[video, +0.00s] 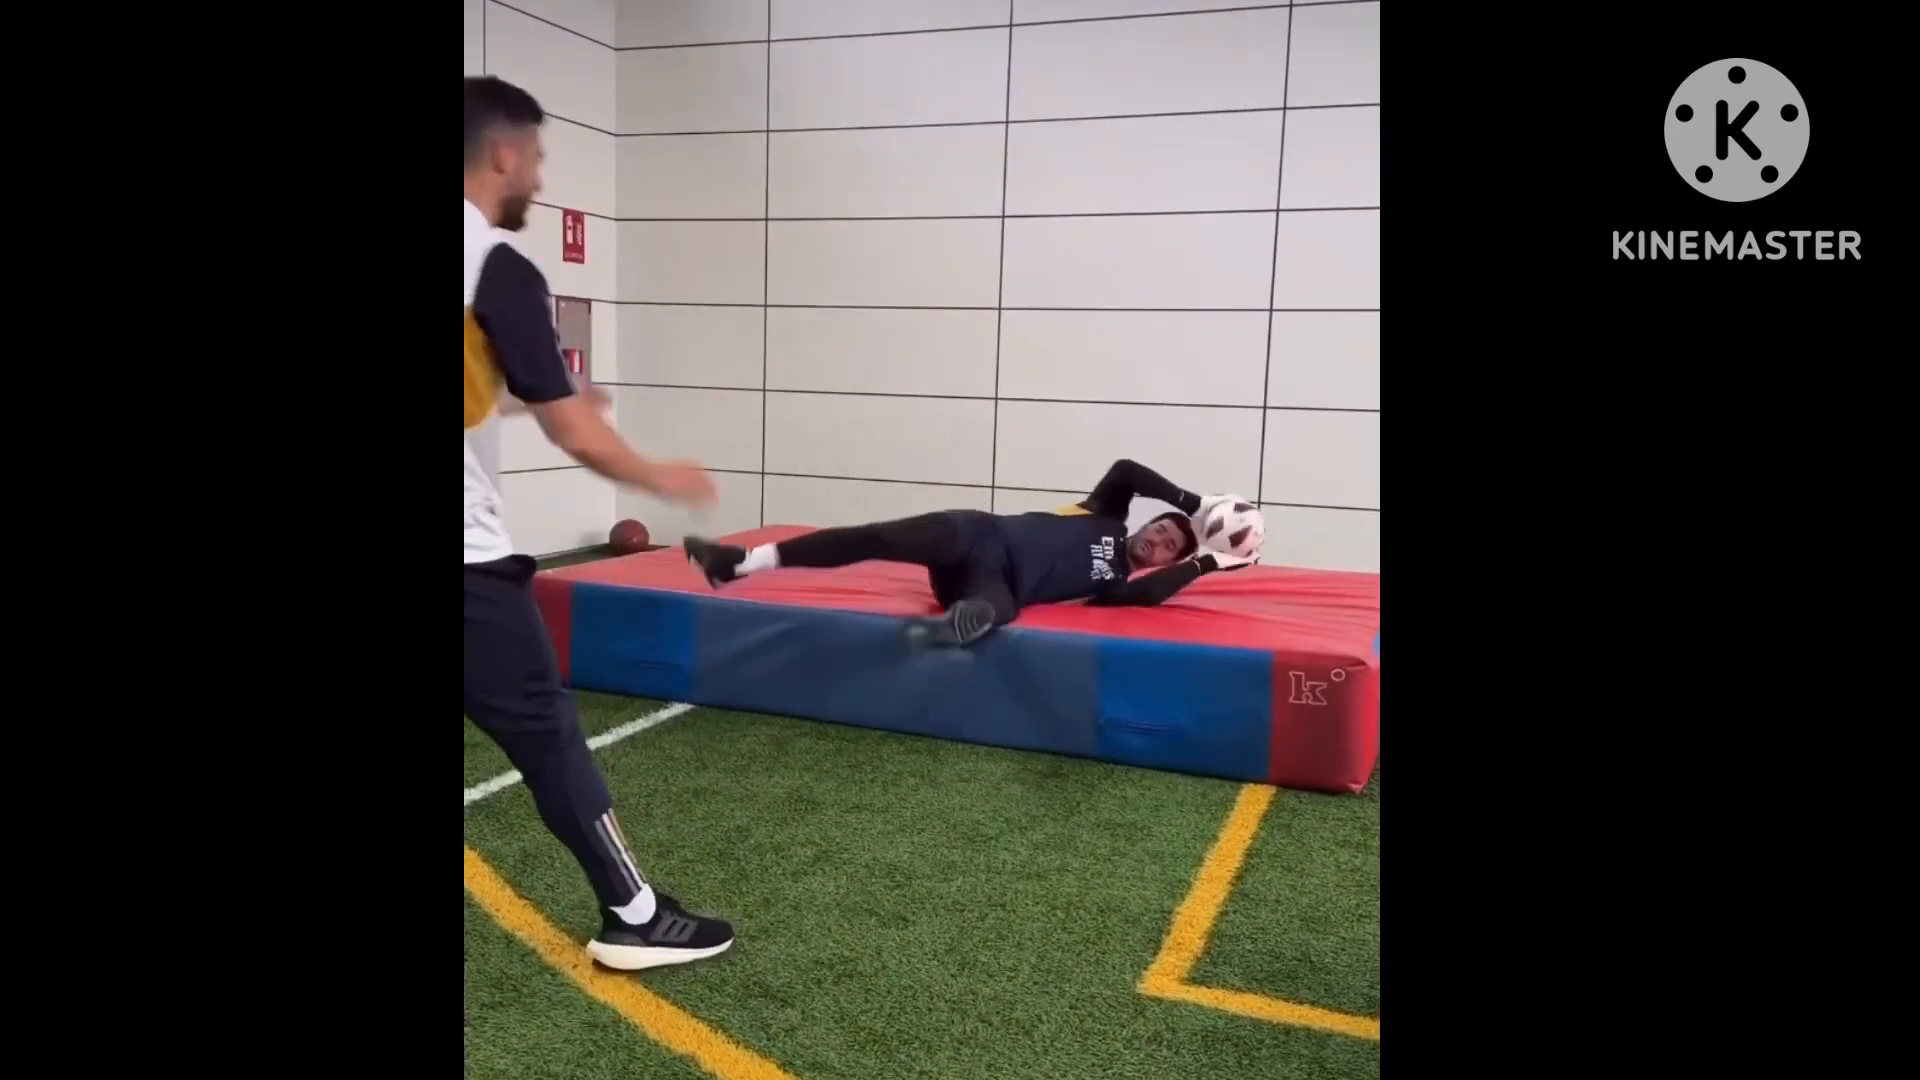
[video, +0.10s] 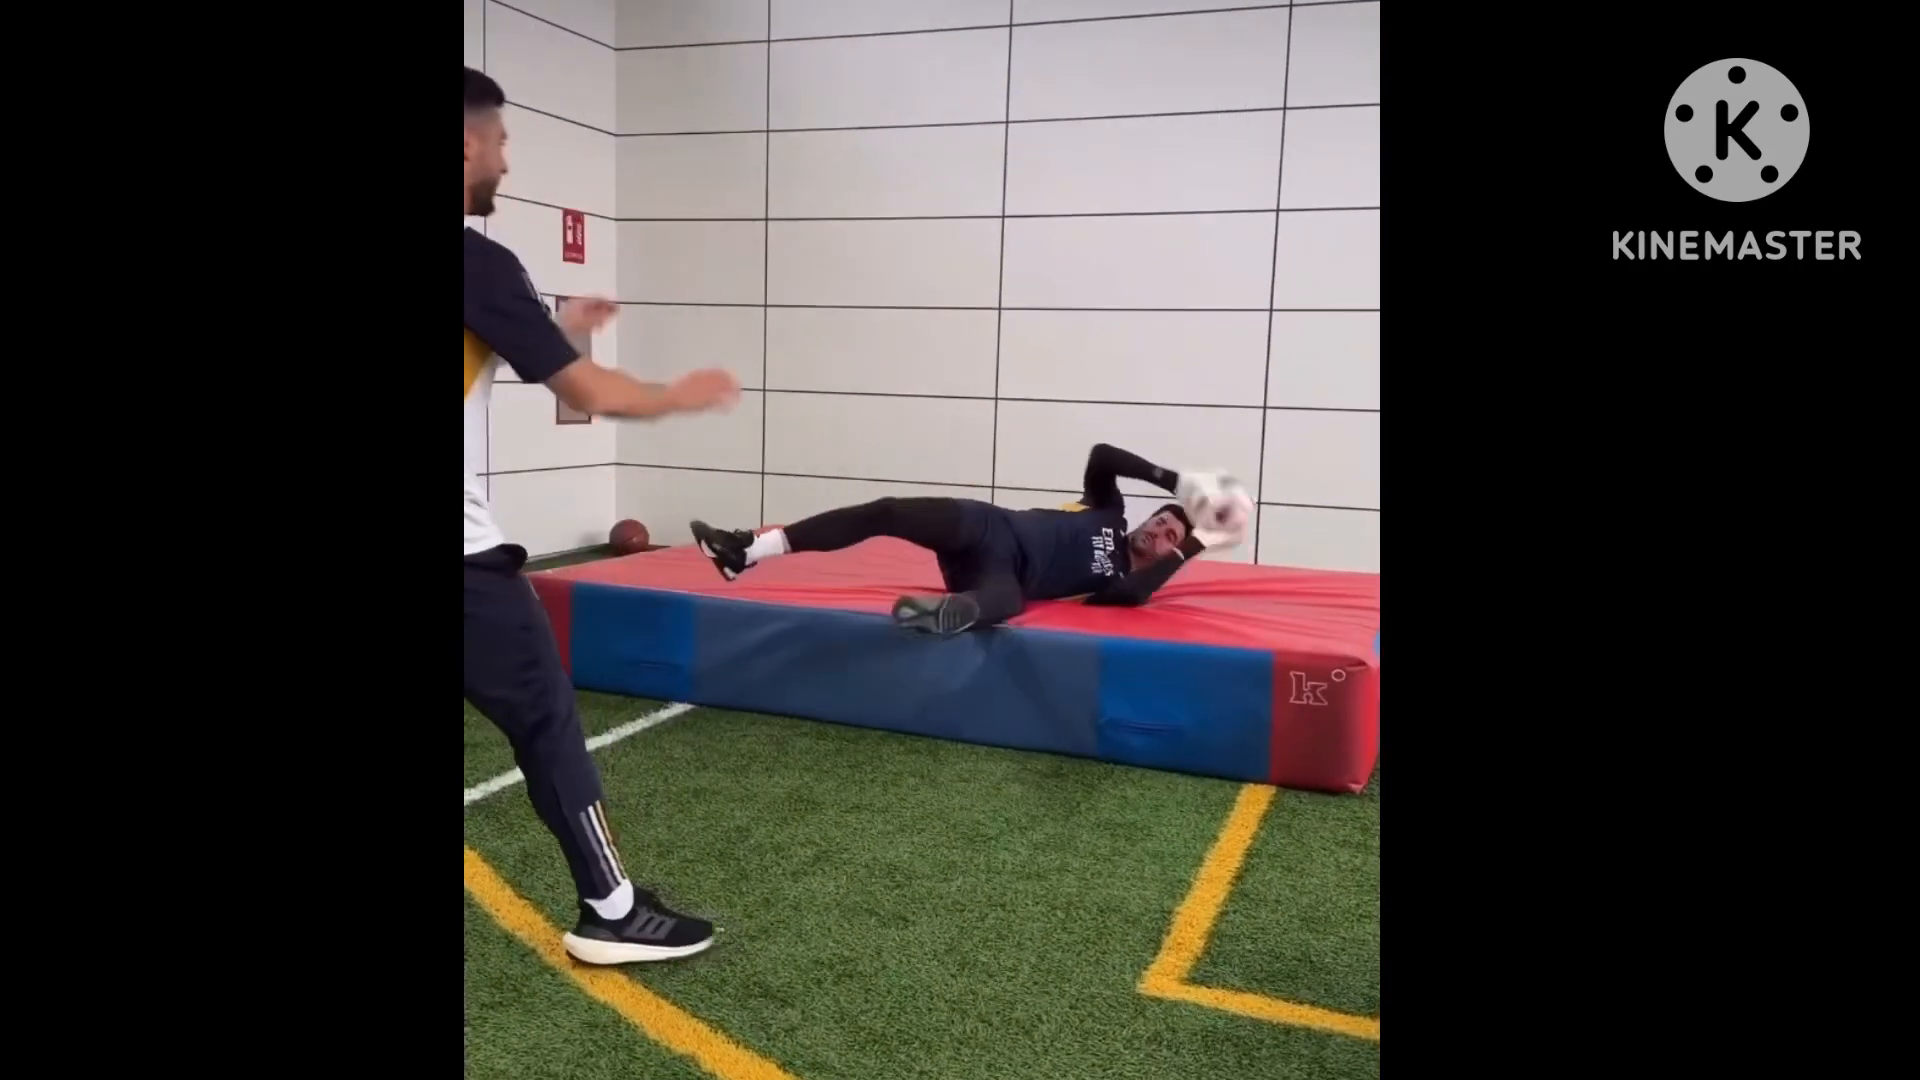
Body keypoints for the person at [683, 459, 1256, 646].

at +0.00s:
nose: (1162, 545)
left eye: (1172, 551)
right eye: (1164, 535)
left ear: (1162, 568)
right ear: (1146, 526)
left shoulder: (1120, 585)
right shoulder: (1102, 522)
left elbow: (1157, 589)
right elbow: (1125, 472)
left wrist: (1209, 558)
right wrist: (1194, 502)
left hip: (1000, 580)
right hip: (982, 530)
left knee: (989, 606)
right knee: (877, 539)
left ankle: (954, 627)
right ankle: (742, 562)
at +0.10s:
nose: (1162, 538)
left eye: (1173, 542)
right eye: (1163, 526)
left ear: (1171, 560)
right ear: (1147, 517)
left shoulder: (1128, 583)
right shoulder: (1108, 517)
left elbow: (1132, 590)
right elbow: (1103, 457)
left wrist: (1187, 551)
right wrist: (1174, 480)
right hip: (994, 523)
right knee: (888, 510)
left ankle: (923, 617)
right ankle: (748, 551)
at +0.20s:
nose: (1160, 527)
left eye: (1172, 533)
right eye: (1164, 518)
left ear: (1165, 550)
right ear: (1147, 512)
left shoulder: (1126, 580)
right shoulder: (1098, 512)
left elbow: (1127, 585)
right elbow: (1076, 449)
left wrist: (1145, 548)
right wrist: (1130, 440)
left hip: (1001, 575)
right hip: (986, 525)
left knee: (1014, 599)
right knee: (877, 510)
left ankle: (935, 636)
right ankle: (744, 554)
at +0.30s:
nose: (1140, 511)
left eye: (1152, 512)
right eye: (1138, 502)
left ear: (1156, 530)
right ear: (1124, 502)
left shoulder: (1118, 577)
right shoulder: (1083, 509)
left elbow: (1110, 601)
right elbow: (1050, 475)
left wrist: (1112, 558)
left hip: (1001, 581)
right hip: (973, 538)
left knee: (1002, 604)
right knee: (870, 534)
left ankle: (932, 669)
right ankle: (738, 572)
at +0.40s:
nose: (1103, 488)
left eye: (1116, 485)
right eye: (1100, 479)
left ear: (1132, 501)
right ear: (1090, 482)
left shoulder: (1108, 562)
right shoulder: (1050, 496)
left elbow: (1116, 602)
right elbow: (993, 467)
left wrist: (1090, 585)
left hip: (990, 586)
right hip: (952, 551)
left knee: (988, 603)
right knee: (854, 554)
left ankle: (923, 690)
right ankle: (728, 605)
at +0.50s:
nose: (1065, 448)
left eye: (1077, 443)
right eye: (1062, 439)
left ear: (1096, 457)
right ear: (1052, 444)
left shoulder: (1093, 529)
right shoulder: (1011, 475)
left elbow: (1111, 601)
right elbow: (943, 468)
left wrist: (1077, 580)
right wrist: (909, 451)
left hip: (980, 584)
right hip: (935, 555)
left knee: (981, 595)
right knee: (835, 561)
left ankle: (916, 686)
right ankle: (715, 629)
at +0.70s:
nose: (997, 399)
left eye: (1010, 393)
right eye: (992, 389)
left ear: (1027, 406)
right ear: (980, 398)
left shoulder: (1039, 478)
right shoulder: (947, 450)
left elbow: (1073, 567)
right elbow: (889, 503)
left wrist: (1025, 576)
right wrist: (875, 530)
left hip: (962, 580)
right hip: (906, 567)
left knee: (968, 584)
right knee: (806, 566)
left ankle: (911, 700)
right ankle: (709, 678)